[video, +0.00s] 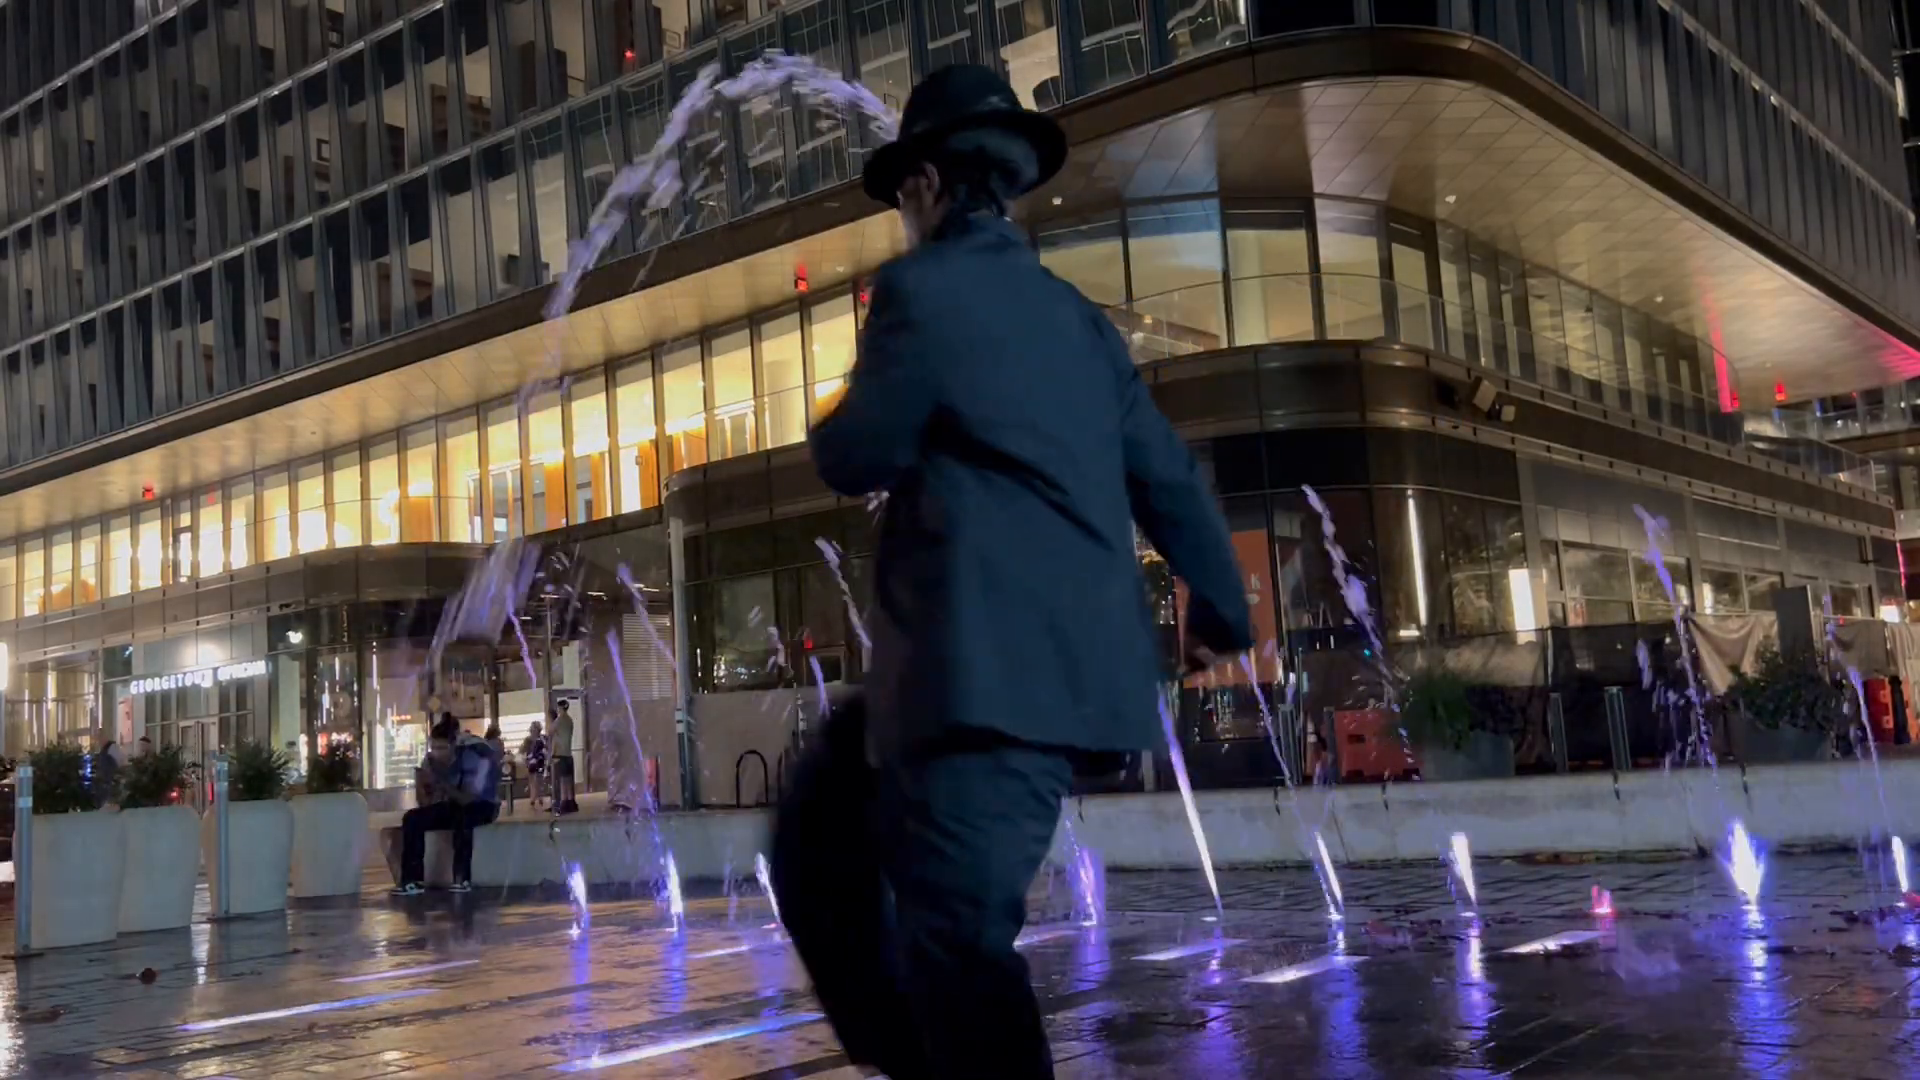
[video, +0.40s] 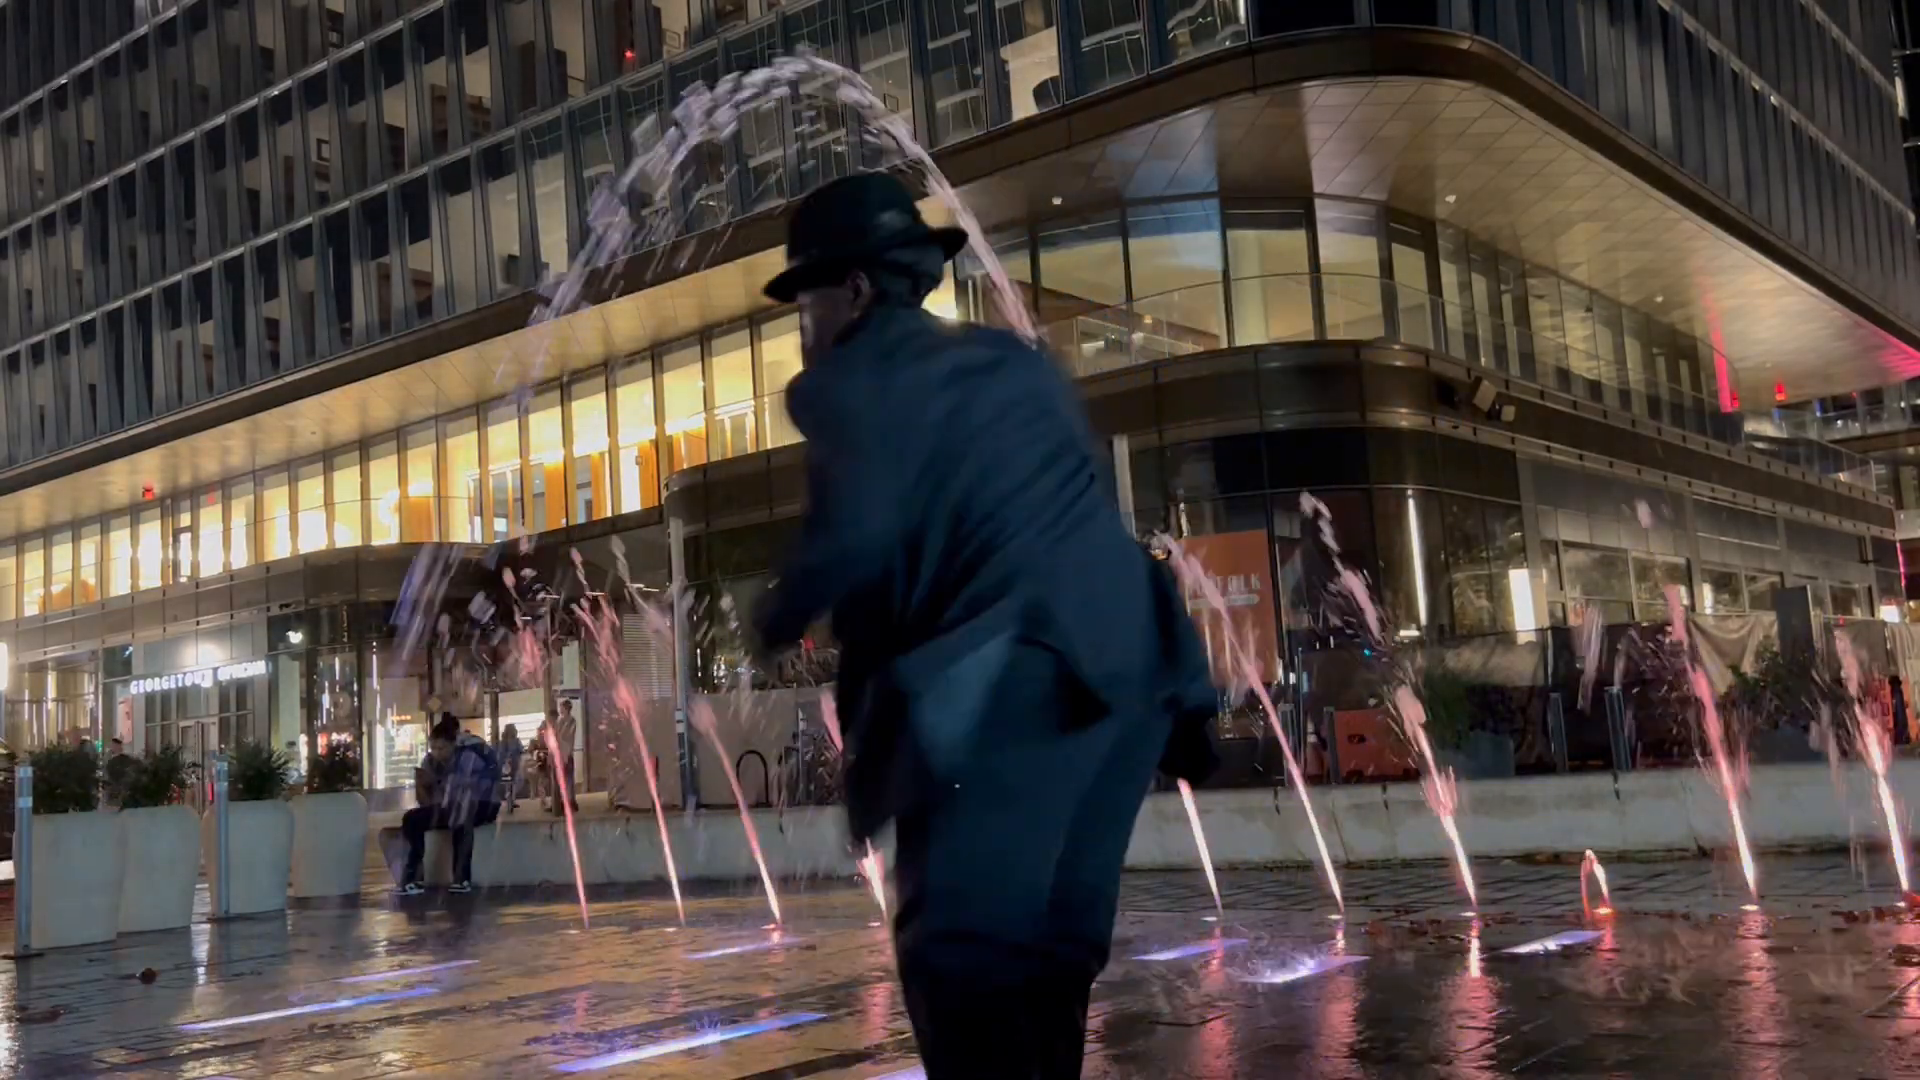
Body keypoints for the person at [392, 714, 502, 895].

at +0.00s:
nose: (435, 754)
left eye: (441, 748)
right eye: (433, 748)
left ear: (453, 745)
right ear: (430, 744)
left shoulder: (477, 755)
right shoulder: (432, 761)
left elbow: (468, 796)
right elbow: (425, 799)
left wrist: (440, 784)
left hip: (482, 805)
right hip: (453, 805)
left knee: (462, 819)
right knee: (413, 818)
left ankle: (462, 880)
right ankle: (413, 881)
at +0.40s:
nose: (436, 754)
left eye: (441, 748)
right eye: (433, 748)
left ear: (453, 744)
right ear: (430, 745)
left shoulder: (468, 754)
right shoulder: (432, 760)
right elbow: (424, 796)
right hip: (450, 808)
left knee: (461, 821)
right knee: (412, 818)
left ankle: (462, 880)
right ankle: (413, 880)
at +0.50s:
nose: (446, 744)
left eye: (450, 738)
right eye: (440, 739)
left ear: (457, 735)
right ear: (434, 738)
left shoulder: (473, 747)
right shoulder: (434, 757)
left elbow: (493, 771)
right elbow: (422, 796)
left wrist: (489, 802)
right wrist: (435, 759)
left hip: (468, 806)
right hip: (442, 807)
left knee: (462, 822)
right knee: (413, 819)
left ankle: (461, 880)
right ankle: (412, 882)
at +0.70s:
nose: (434, 752)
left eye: (437, 747)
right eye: (433, 748)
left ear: (449, 741)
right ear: (433, 742)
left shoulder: (476, 750)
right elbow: (424, 796)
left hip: (476, 808)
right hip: (450, 809)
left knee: (464, 821)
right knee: (412, 819)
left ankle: (461, 880)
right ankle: (413, 880)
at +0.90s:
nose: (437, 752)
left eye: (441, 747)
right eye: (434, 747)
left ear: (451, 740)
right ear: (431, 743)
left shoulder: (474, 748)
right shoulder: (434, 758)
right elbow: (425, 797)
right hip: (453, 806)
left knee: (461, 821)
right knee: (413, 818)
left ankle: (461, 880)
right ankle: (413, 881)